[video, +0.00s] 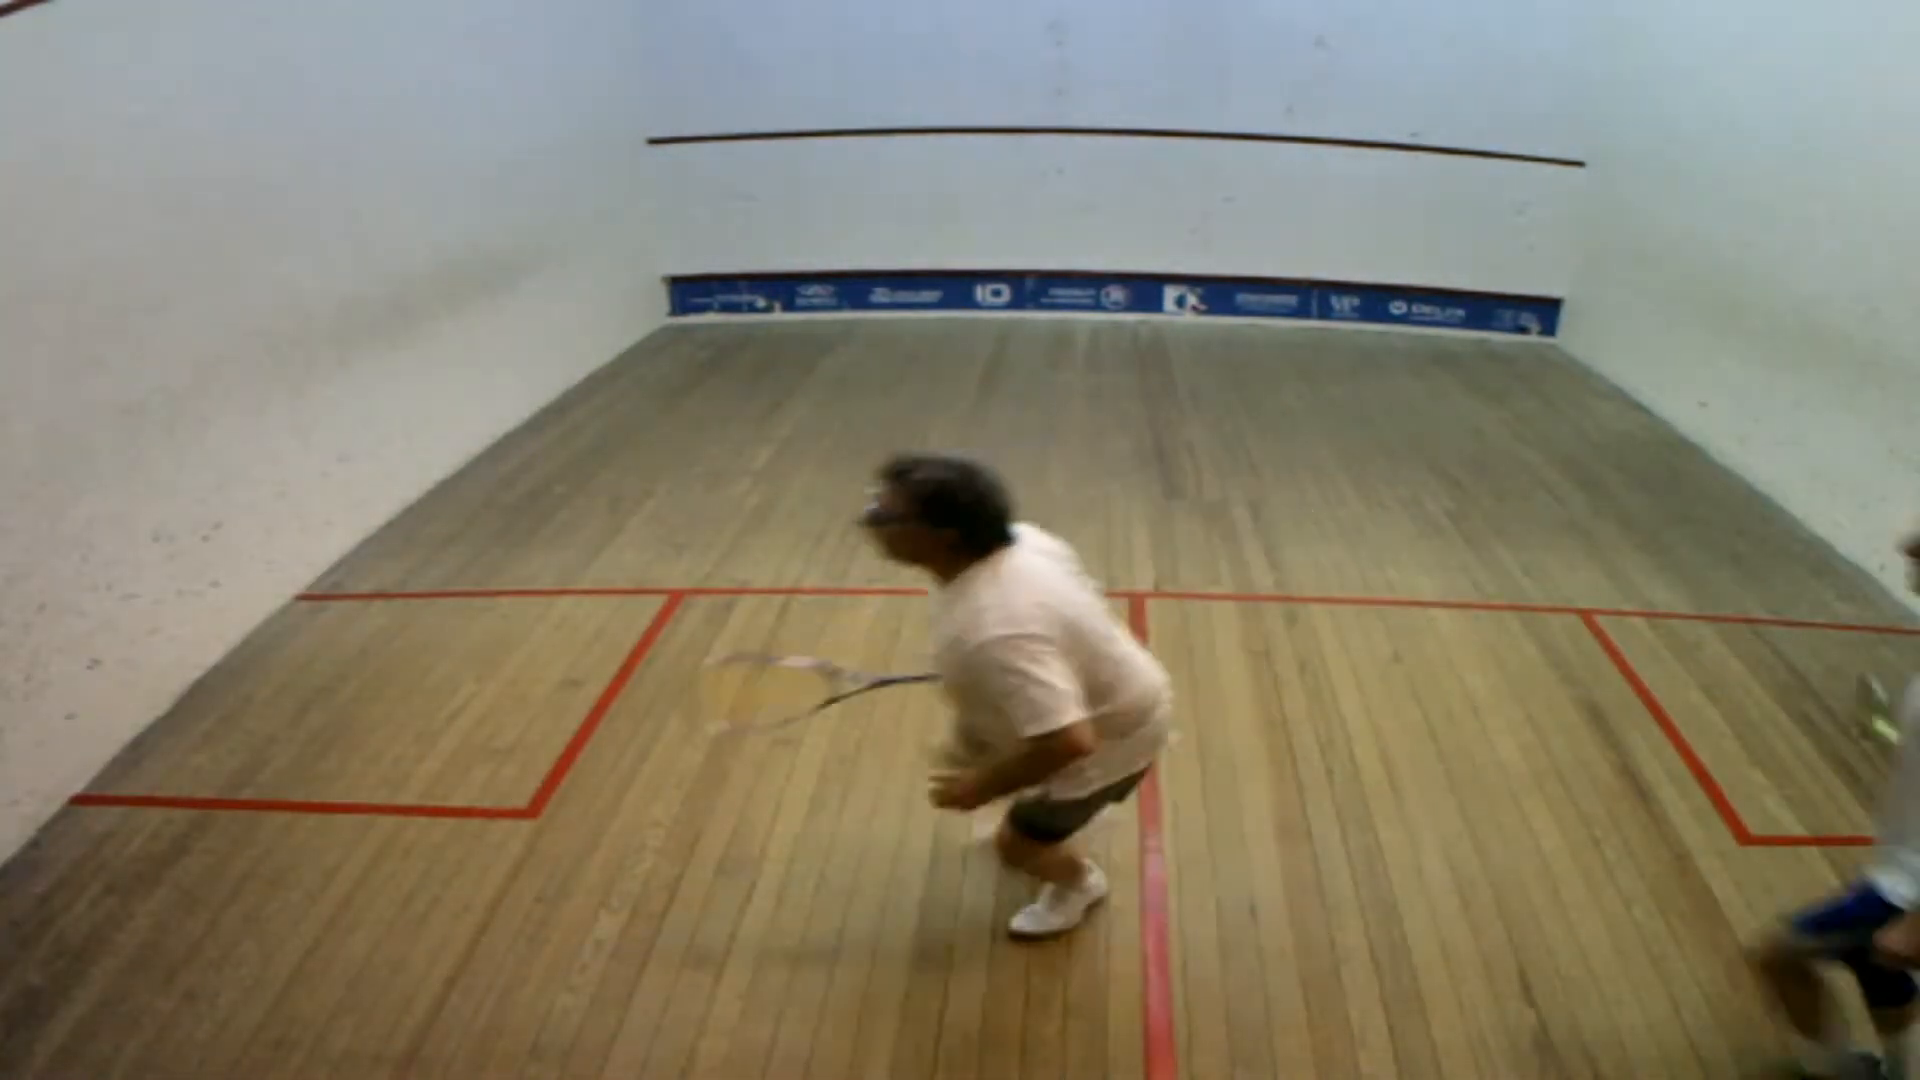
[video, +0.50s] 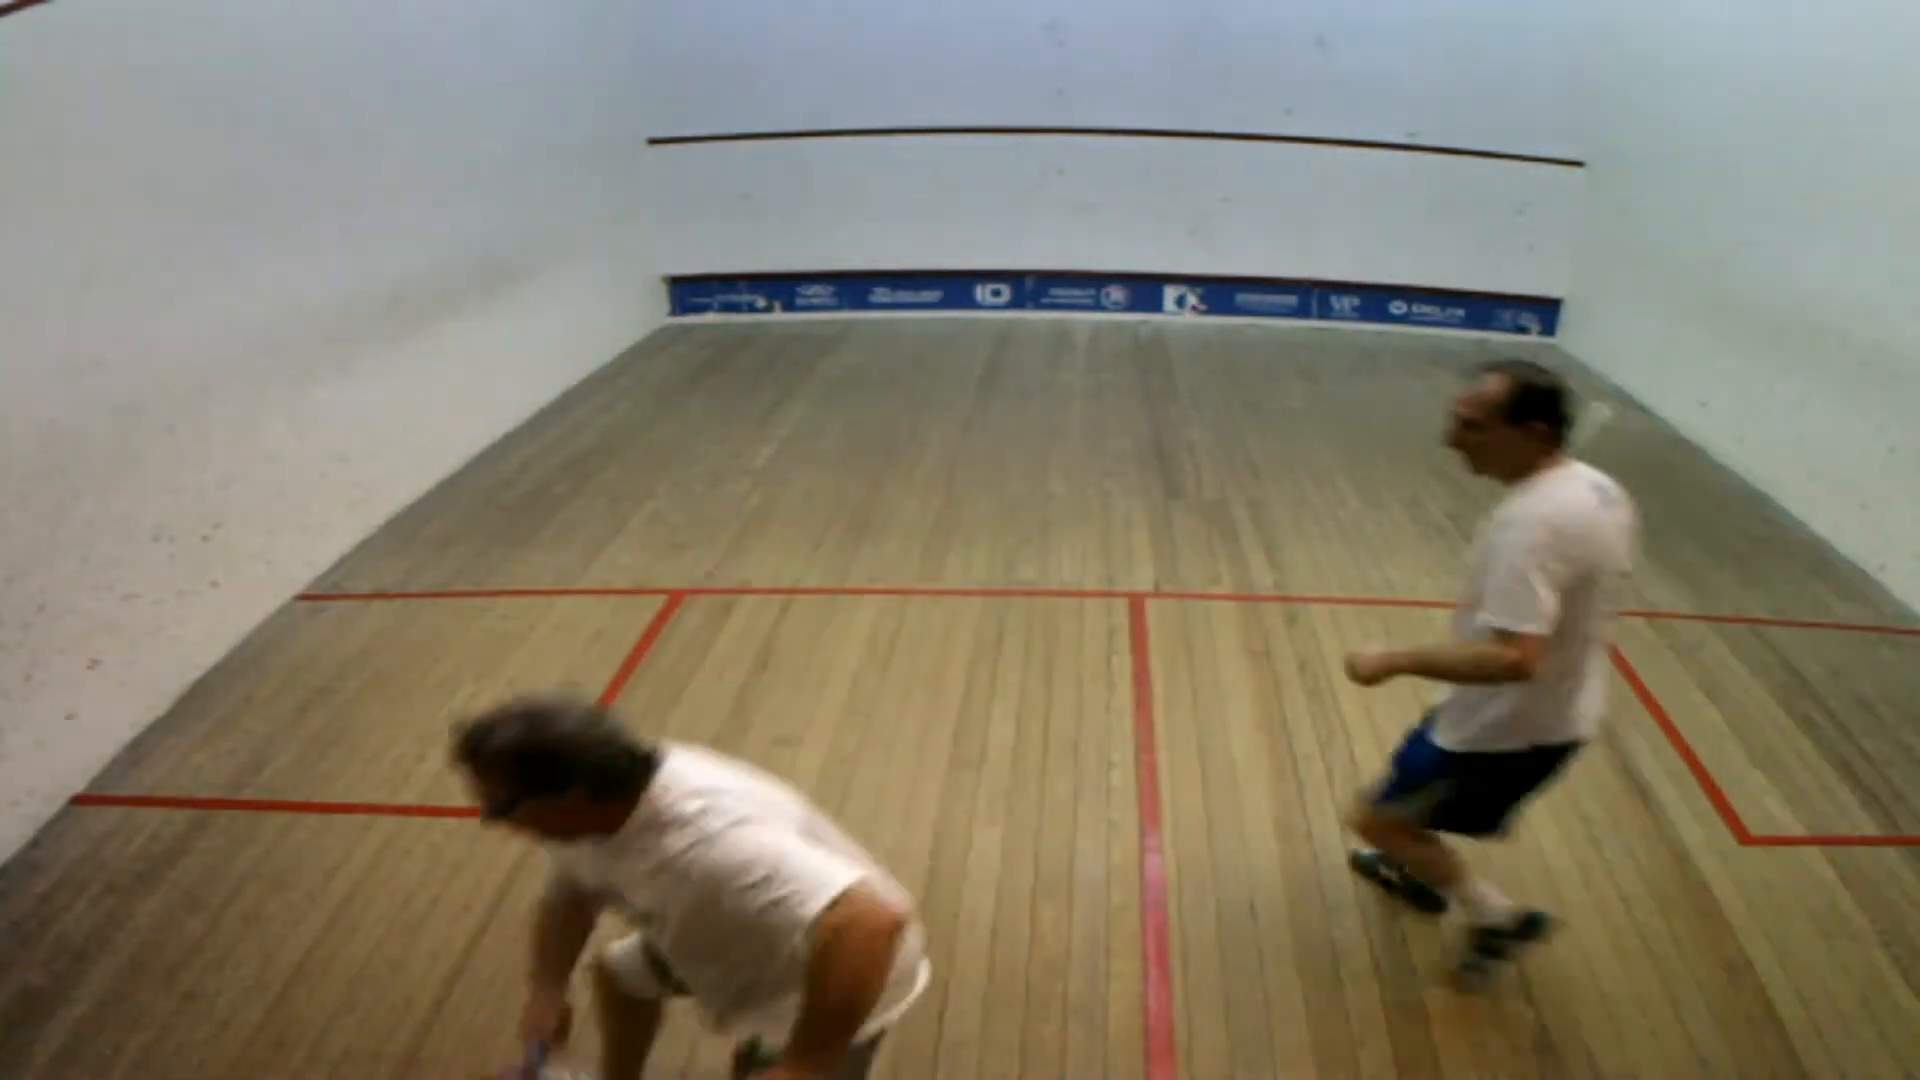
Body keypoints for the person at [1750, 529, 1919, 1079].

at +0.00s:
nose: (1909, 558)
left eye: (1917, 551)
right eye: (1914, 550)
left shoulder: (1913, 694)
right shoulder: (1912, 689)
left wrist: (1913, 918)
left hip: (1903, 885)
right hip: (1900, 872)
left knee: (1781, 955)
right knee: (1881, 968)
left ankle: (1835, 1059)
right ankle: (1902, 1068)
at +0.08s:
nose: (1860, 528)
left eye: (1884, 521)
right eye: (1871, 513)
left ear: (1916, 546)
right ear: (1905, 547)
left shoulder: (1911, 650)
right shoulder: (1900, 628)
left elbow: (1919, 804)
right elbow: (1892, 756)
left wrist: (1881, 901)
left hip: (1870, 867)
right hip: (1864, 849)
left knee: (1717, 919)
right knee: (1858, 953)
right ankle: (1897, 1063)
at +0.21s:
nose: (1704, 505)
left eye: (1728, 496)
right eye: (1713, 489)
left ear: (1782, 518)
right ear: (1786, 518)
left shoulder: (1771, 620)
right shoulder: (1836, 569)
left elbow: (1780, 771)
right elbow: (1886, 619)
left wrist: (1678, 846)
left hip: (1735, 814)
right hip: (1798, 807)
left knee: (1600, 892)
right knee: (1704, 887)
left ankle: (1628, 1006)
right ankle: (1788, 984)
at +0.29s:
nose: (1651, 480)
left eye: (1674, 475)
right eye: (1659, 466)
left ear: (1726, 495)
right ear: (1735, 495)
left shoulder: (1720, 591)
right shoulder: (1789, 546)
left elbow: (1704, 739)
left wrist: (1589, 804)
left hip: (1709, 794)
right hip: (1758, 780)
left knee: (1580, 885)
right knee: (1642, 852)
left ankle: (1628, 1004)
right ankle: (1680, 951)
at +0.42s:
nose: (1526, 446)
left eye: (1544, 434)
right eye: (1530, 429)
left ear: (1603, 446)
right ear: (1609, 446)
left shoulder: (1590, 539)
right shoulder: (1673, 501)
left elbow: (1567, 672)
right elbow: (1664, 621)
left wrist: (1446, 689)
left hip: (1581, 741)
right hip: (1637, 722)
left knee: (1475, 835)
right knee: (1487, 788)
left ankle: (1586, 962)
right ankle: (1427, 873)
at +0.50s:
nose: (1454, 437)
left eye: (1472, 425)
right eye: (1458, 421)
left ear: (1530, 435)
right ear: (1538, 433)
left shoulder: (1531, 526)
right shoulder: (1598, 491)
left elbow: (1516, 656)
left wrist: (1399, 662)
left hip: (1502, 725)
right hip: (1559, 712)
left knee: (1378, 819)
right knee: (1436, 774)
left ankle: (1496, 916)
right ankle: (1420, 874)